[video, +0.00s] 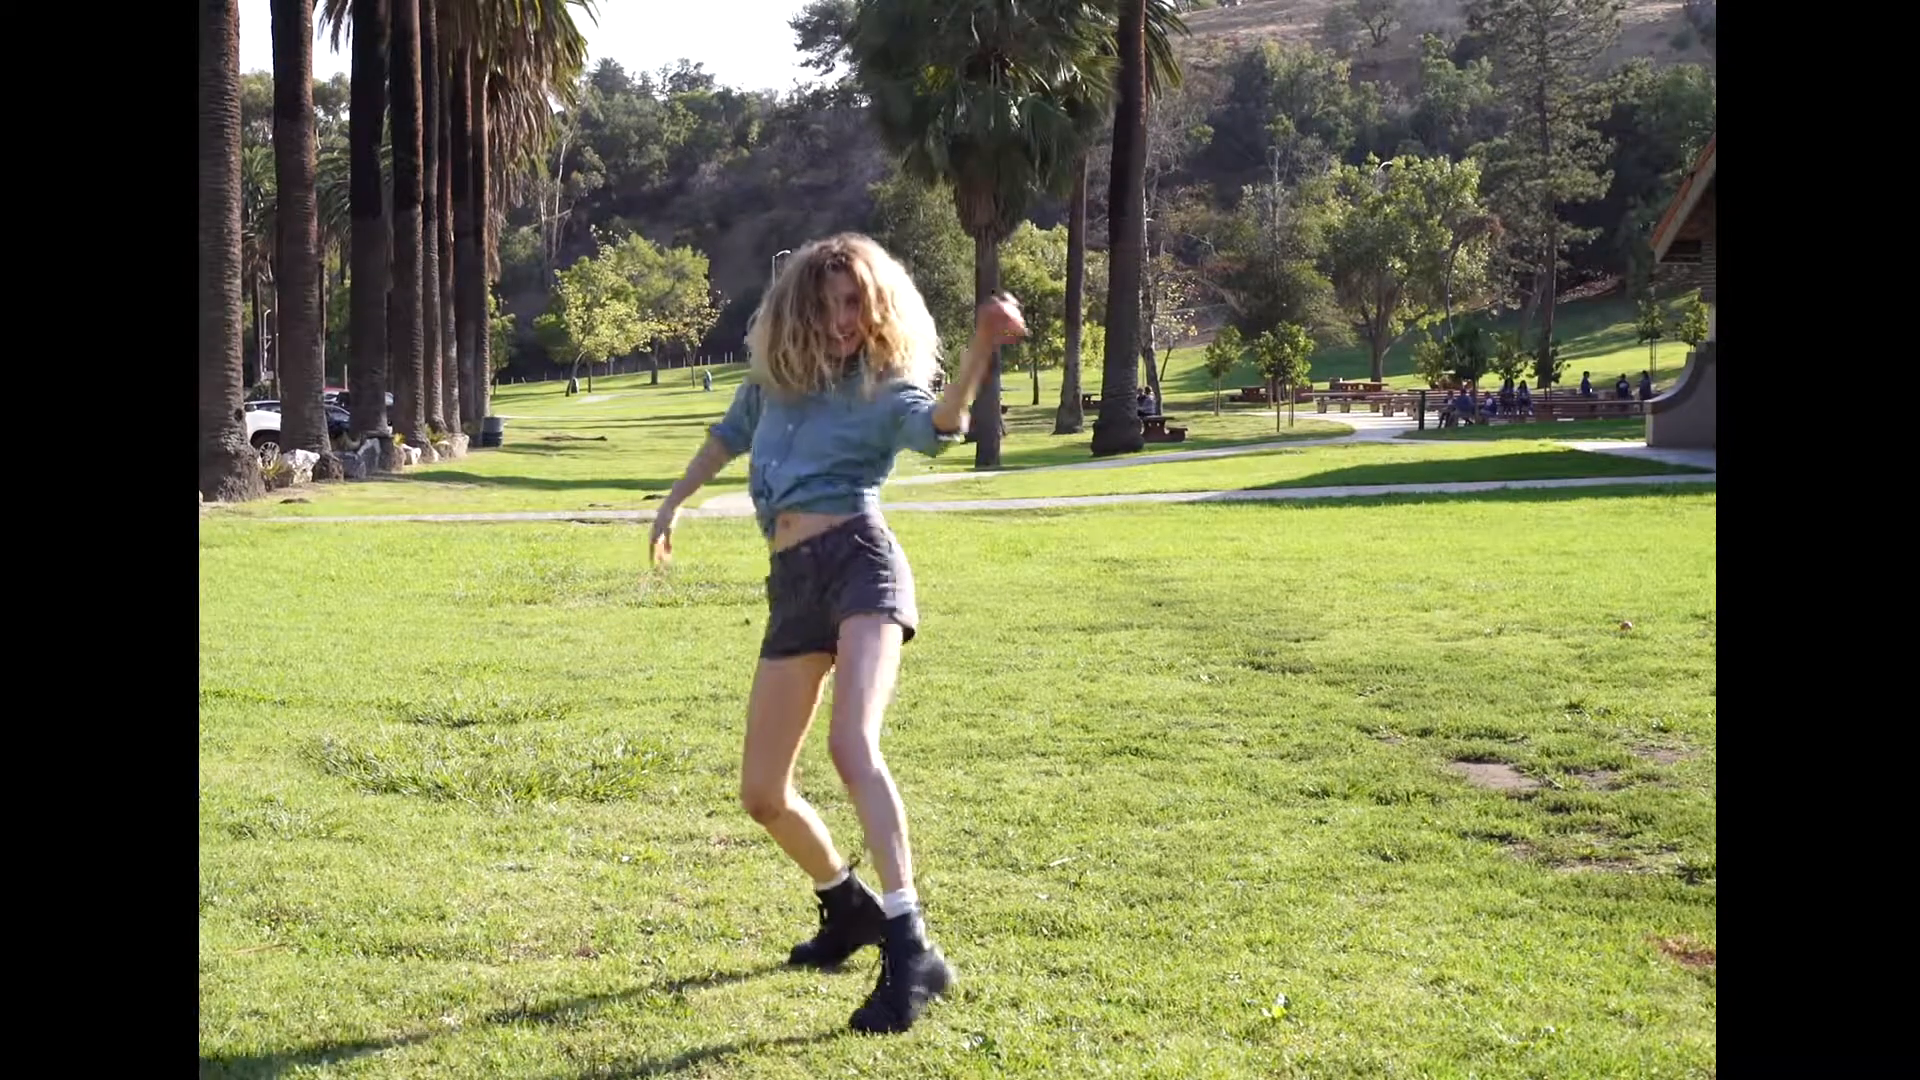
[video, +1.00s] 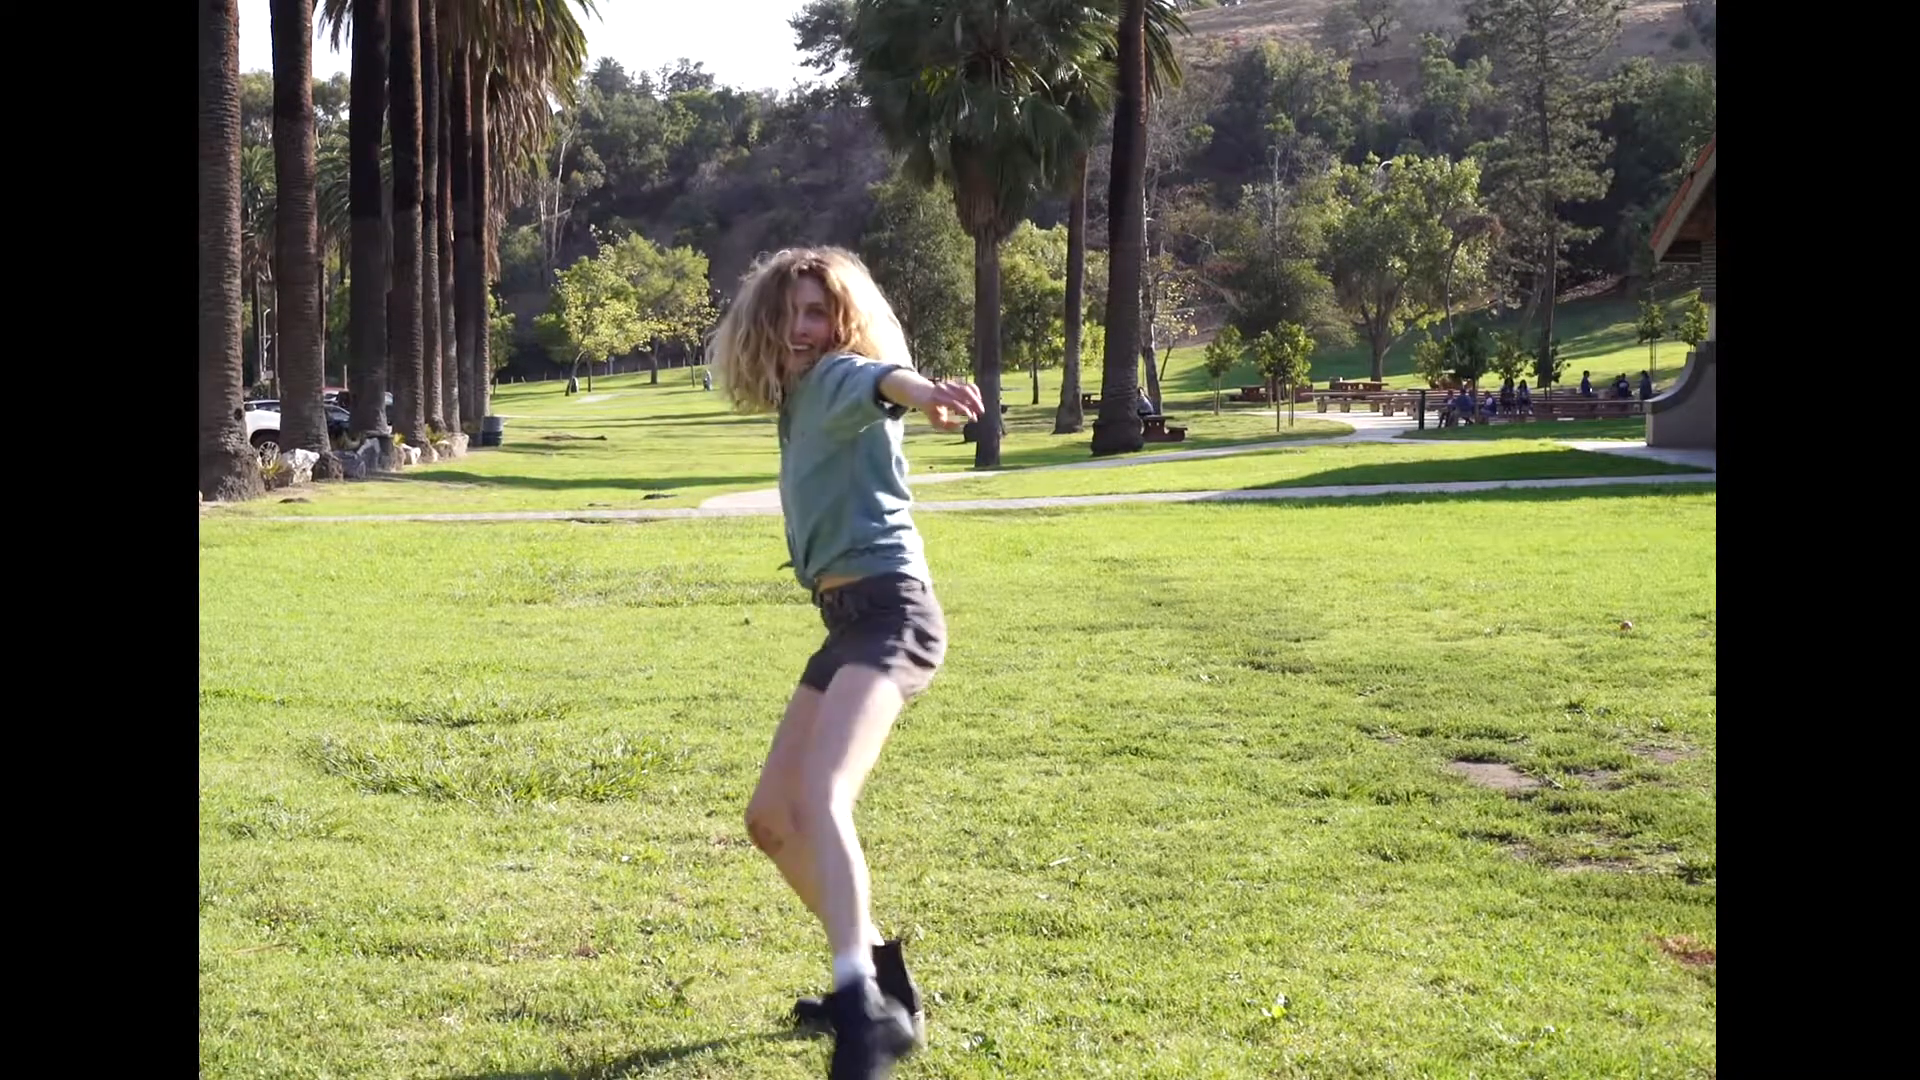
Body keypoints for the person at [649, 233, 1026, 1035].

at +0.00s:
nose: (844, 320)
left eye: (857, 306)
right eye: (831, 306)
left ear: (875, 311)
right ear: (806, 310)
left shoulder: (888, 387)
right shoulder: (770, 384)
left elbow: (944, 422)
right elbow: (723, 442)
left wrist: (982, 349)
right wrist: (670, 506)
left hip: (861, 559)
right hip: (793, 581)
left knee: (852, 749)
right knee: (763, 790)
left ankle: (911, 948)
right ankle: (848, 906)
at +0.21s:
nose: (847, 334)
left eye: (860, 318)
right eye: (831, 324)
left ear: (883, 330)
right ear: (810, 341)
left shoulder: (898, 413)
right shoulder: (804, 421)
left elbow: (871, 424)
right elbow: (767, 446)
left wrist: (862, 353)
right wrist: (694, 456)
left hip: (854, 618)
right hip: (784, 608)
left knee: (836, 769)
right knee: (782, 788)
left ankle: (885, 960)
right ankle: (858, 900)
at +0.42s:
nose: (811, 301)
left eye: (827, 288)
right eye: (798, 292)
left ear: (854, 300)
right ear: (785, 308)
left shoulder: (845, 352)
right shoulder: (814, 382)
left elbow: (838, 392)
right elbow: (815, 473)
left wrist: (750, 414)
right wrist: (755, 435)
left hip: (896, 604)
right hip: (848, 606)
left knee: (814, 797)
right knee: (727, 748)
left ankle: (881, 981)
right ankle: (852, 871)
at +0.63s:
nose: (800, 309)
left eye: (815, 296)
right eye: (788, 296)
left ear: (842, 307)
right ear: (769, 309)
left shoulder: (834, 365)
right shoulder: (802, 382)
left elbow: (862, 424)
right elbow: (807, 438)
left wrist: (855, 490)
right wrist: (776, 454)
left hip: (894, 579)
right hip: (851, 595)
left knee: (809, 774)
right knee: (786, 813)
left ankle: (892, 957)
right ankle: (876, 972)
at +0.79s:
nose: (804, 318)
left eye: (820, 304)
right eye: (790, 304)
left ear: (847, 314)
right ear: (768, 317)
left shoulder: (841, 371)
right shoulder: (798, 391)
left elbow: (902, 390)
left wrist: (938, 433)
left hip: (897, 594)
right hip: (861, 605)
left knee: (791, 694)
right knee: (781, 807)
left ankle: (873, 898)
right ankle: (880, 971)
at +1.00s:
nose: (803, 326)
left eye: (818, 312)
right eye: (787, 313)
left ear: (845, 320)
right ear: (765, 329)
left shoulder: (843, 377)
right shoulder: (794, 401)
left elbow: (888, 379)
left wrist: (931, 394)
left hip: (891, 614)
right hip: (848, 621)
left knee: (818, 797)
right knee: (771, 817)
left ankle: (863, 1005)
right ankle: (875, 976)